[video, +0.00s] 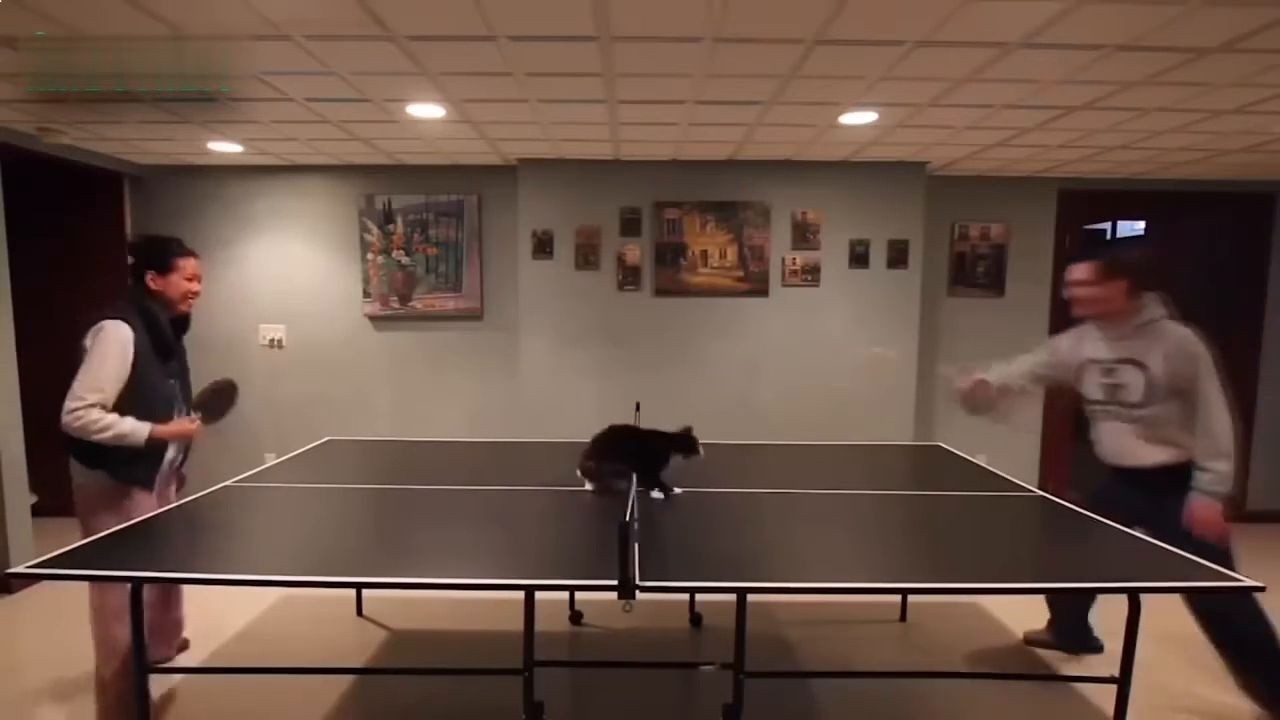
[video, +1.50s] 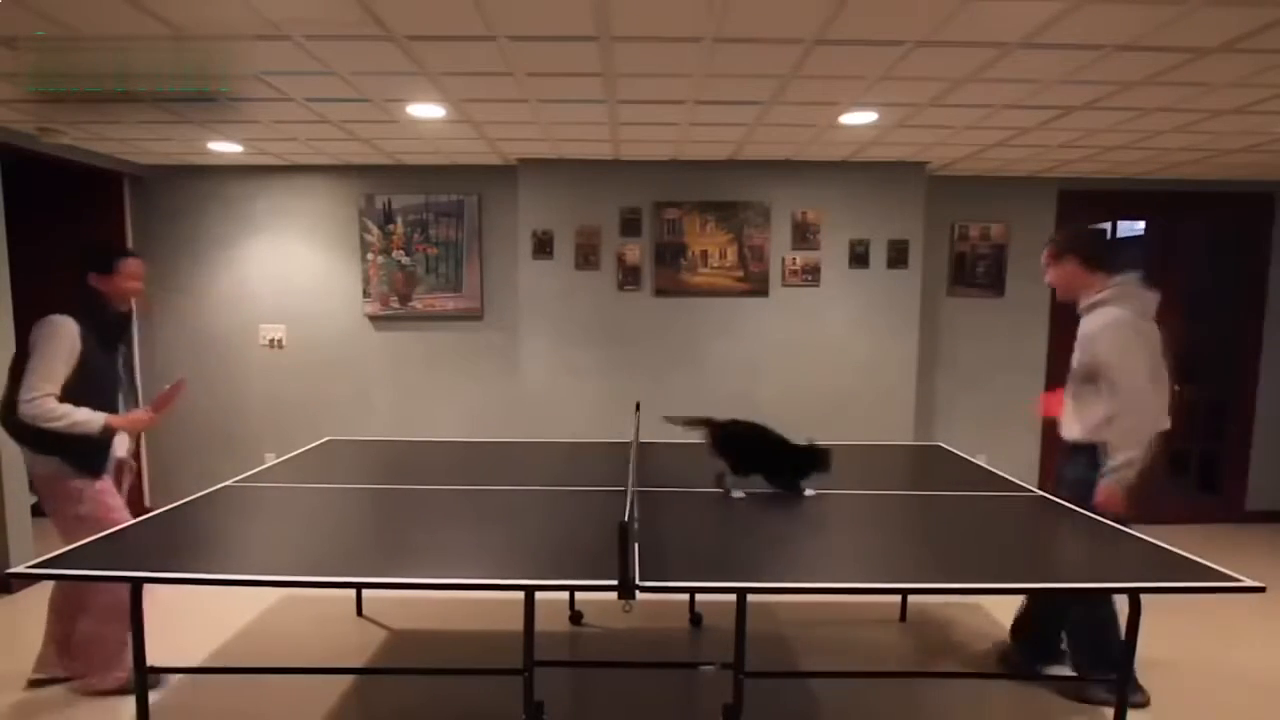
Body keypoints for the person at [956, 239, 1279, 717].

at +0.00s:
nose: (1072, 295)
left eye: (1082, 285)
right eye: (1070, 286)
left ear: (1120, 287)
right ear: (1076, 292)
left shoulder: (1177, 342)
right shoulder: (1078, 343)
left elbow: (1215, 418)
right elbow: (1029, 369)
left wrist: (1209, 492)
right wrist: (988, 386)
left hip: (1175, 484)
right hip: (1114, 481)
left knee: (1218, 596)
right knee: (1068, 546)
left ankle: (1275, 694)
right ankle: (1072, 631)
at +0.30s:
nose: (1057, 274)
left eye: (1068, 265)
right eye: (1056, 266)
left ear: (1104, 269)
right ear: (1059, 274)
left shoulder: (1159, 322)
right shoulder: (1060, 333)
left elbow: (1204, 390)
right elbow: (1035, 394)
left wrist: (1218, 462)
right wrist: (1029, 404)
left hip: (1168, 463)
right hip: (1102, 462)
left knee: (1220, 576)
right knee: (1079, 546)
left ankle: (1276, 683)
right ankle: (1075, 630)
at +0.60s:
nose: (1177, 260)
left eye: (1191, 249)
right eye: (1175, 251)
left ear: (1229, 256)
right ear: (1172, 261)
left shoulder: (1270, 310)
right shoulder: (1169, 321)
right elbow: (1161, 388)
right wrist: (1140, 415)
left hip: (1256, 475)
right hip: (1188, 471)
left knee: (1261, 595)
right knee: (1150, 564)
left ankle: (1269, 697)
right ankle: (1092, 638)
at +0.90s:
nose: (1225, 246)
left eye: (1240, 237)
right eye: (1223, 237)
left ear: (1273, 247)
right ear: (1219, 245)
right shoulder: (1201, 311)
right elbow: (1172, 375)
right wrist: (1154, 397)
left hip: (1265, 474)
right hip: (1200, 465)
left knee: (1261, 588)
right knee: (1159, 556)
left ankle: (1272, 693)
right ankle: (1128, 650)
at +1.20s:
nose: (1096, 280)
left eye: (1108, 270)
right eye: (1095, 270)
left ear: (1146, 273)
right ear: (1101, 277)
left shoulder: (1202, 337)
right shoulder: (1112, 333)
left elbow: (1223, 424)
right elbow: (1103, 389)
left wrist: (1205, 504)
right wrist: (1065, 412)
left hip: (1171, 488)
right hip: (1109, 483)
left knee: (1203, 599)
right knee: (1063, 559)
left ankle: (1273, 694)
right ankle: (1052, 656)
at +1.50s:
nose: (1049, 281)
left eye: (1052, 269)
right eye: (1047, 271)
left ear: (1079, 265)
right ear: (1078, 267)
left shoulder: (1117, 320)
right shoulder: (1099, 315)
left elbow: (1144, 406)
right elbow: (1109, 392)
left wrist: (1117, 475)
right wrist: (1063, 403)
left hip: (1096, 458)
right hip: (1079, 452)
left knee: (1082, 565)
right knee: (1058, 556)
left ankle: (1108, 674)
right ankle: (1032, 646)